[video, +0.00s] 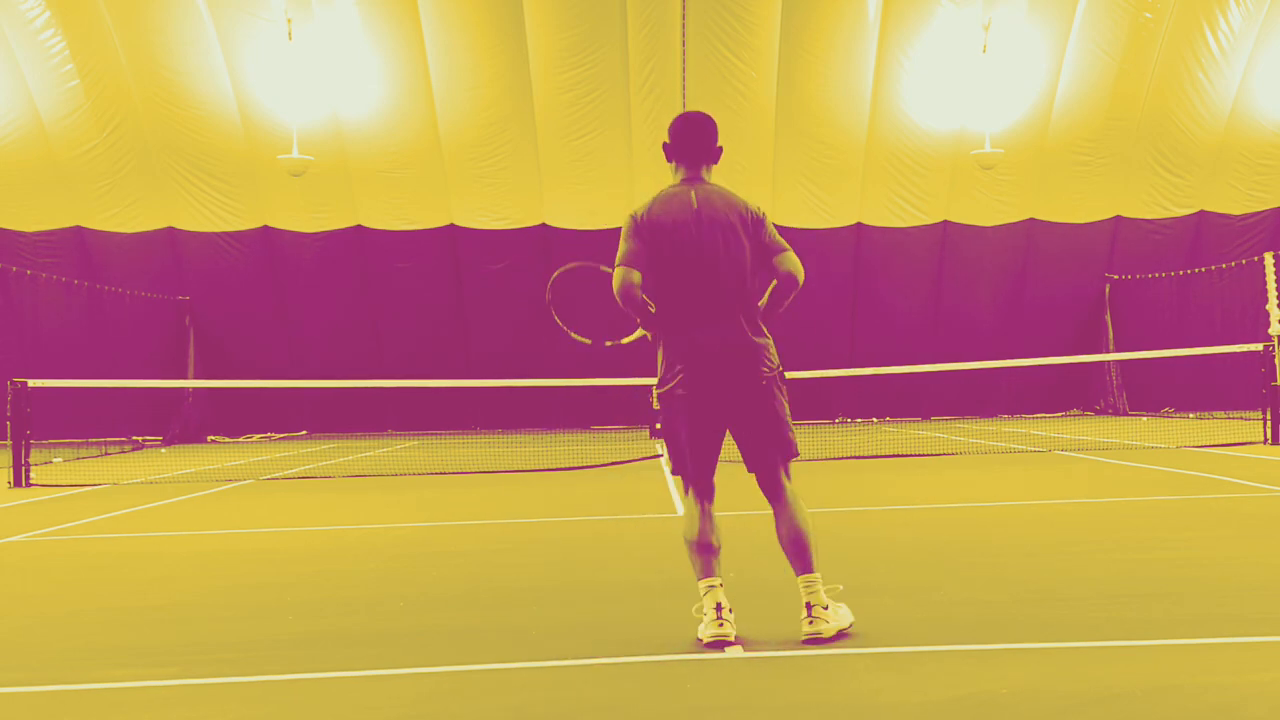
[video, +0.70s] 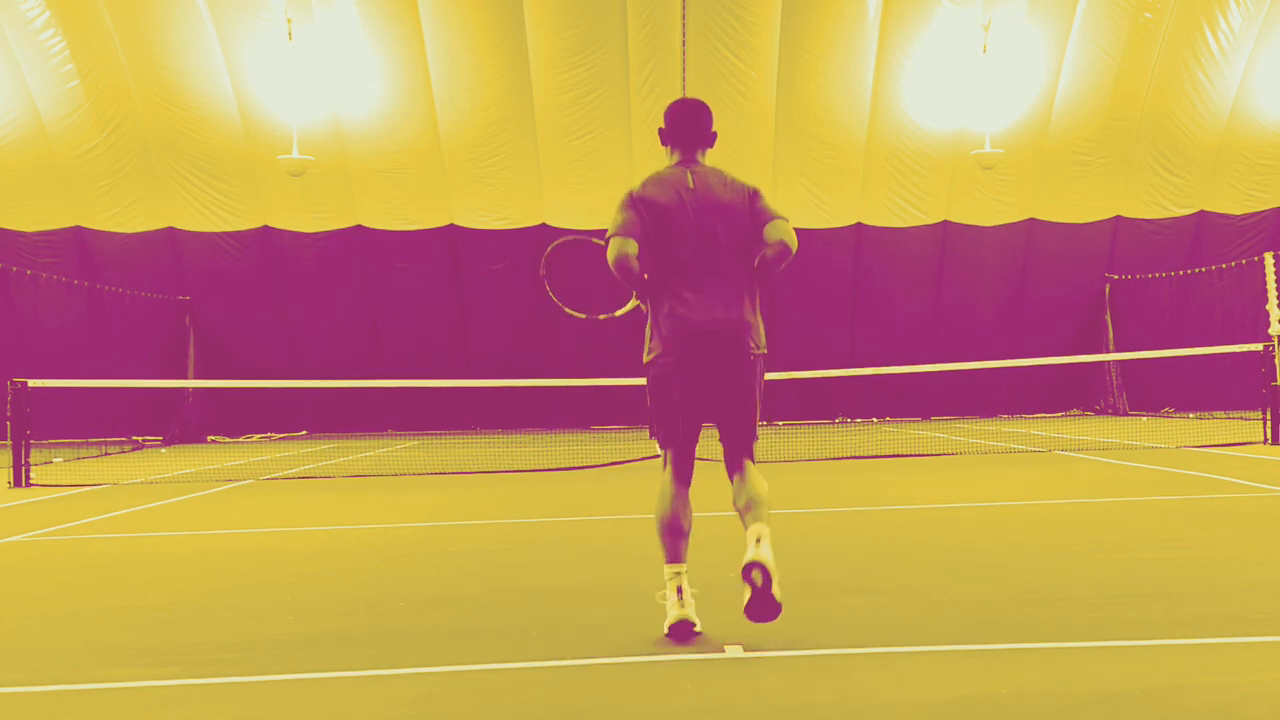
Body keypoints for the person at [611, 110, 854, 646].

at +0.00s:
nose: (702, 162)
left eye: (673, 154)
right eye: (712, 152)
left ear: (667, 155)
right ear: (717, 155)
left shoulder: (644, 216)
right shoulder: (744, 211)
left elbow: (624, 286)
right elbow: (792, 273)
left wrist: (655, 322)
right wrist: (759, 316)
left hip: (685, 371)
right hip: (750, 366)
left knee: (697, 493)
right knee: (779, 484)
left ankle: (715, 611)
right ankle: (816, 605)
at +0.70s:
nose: (678, 147)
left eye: (670, 137)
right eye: (699, 138)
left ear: (664, 141)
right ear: (713, 141)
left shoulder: (643, 195)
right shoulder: (744, 194)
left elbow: (620, 257)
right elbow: (783, 241)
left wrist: (650, 294)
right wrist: (744, 280)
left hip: (673, 347)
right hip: (737, 344)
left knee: (676, 472)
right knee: (741, 460)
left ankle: (679, 597)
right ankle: (759, 548)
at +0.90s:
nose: (678, 153)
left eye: (670, 143)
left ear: (665, 146)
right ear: (712, 147)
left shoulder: (642, 201)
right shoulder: (744, 200)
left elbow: (628, 276)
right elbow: (785, 255)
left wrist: (649, 308)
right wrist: (749, 301)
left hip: (672, 346)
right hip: (734, 344)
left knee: (672, 471)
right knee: (740, 462)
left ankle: (676, 599)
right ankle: (766, 543)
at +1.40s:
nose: (701, 156)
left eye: (681, 144)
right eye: (716, 146)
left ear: (673, 146)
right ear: (723, 149)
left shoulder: (638, 200)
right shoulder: (747, 208)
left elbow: (616, 284)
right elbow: (775, 275)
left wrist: (625, 336)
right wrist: (736, 311)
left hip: (654, 349)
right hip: (720, 350)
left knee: (636, 470)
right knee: (726, 469)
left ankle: (626, 590)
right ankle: (737, 593)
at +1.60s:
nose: (676, 180)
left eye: (659, 169)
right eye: (685, 170)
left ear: (642, 173)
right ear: (692, 174)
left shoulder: (609, 232)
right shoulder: (719, 236)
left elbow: (600, 324)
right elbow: (743, 320)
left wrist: (636, 357)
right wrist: (696, 343)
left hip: (630, 378)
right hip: (700, 376)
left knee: (619, 497)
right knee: (709, 491)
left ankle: (576, 575)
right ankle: (733, 603)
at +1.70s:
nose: (664, 170)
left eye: (651, 161)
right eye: (667, 162)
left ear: (617, 165)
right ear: (668, 165)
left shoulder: (580, 227)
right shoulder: (688, 225)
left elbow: (572, 311)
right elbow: (713, 314)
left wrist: (612, 353)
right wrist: (675, 347)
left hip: (600, 374)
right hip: (671, 371)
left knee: (606, 496)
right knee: (697, 486)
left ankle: (555, 591)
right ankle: (732, 602)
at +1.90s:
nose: (626, 165)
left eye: (621, 155)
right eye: (627, 156)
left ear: (575, 158)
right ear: (625, 158)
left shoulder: (541, 213)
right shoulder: (628, 214)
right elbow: (657, 309)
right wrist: (653, 345)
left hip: (526, 368)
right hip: (589, 363)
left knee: (582, 504)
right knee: (647, 488)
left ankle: (543, 637)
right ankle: (630, 620)